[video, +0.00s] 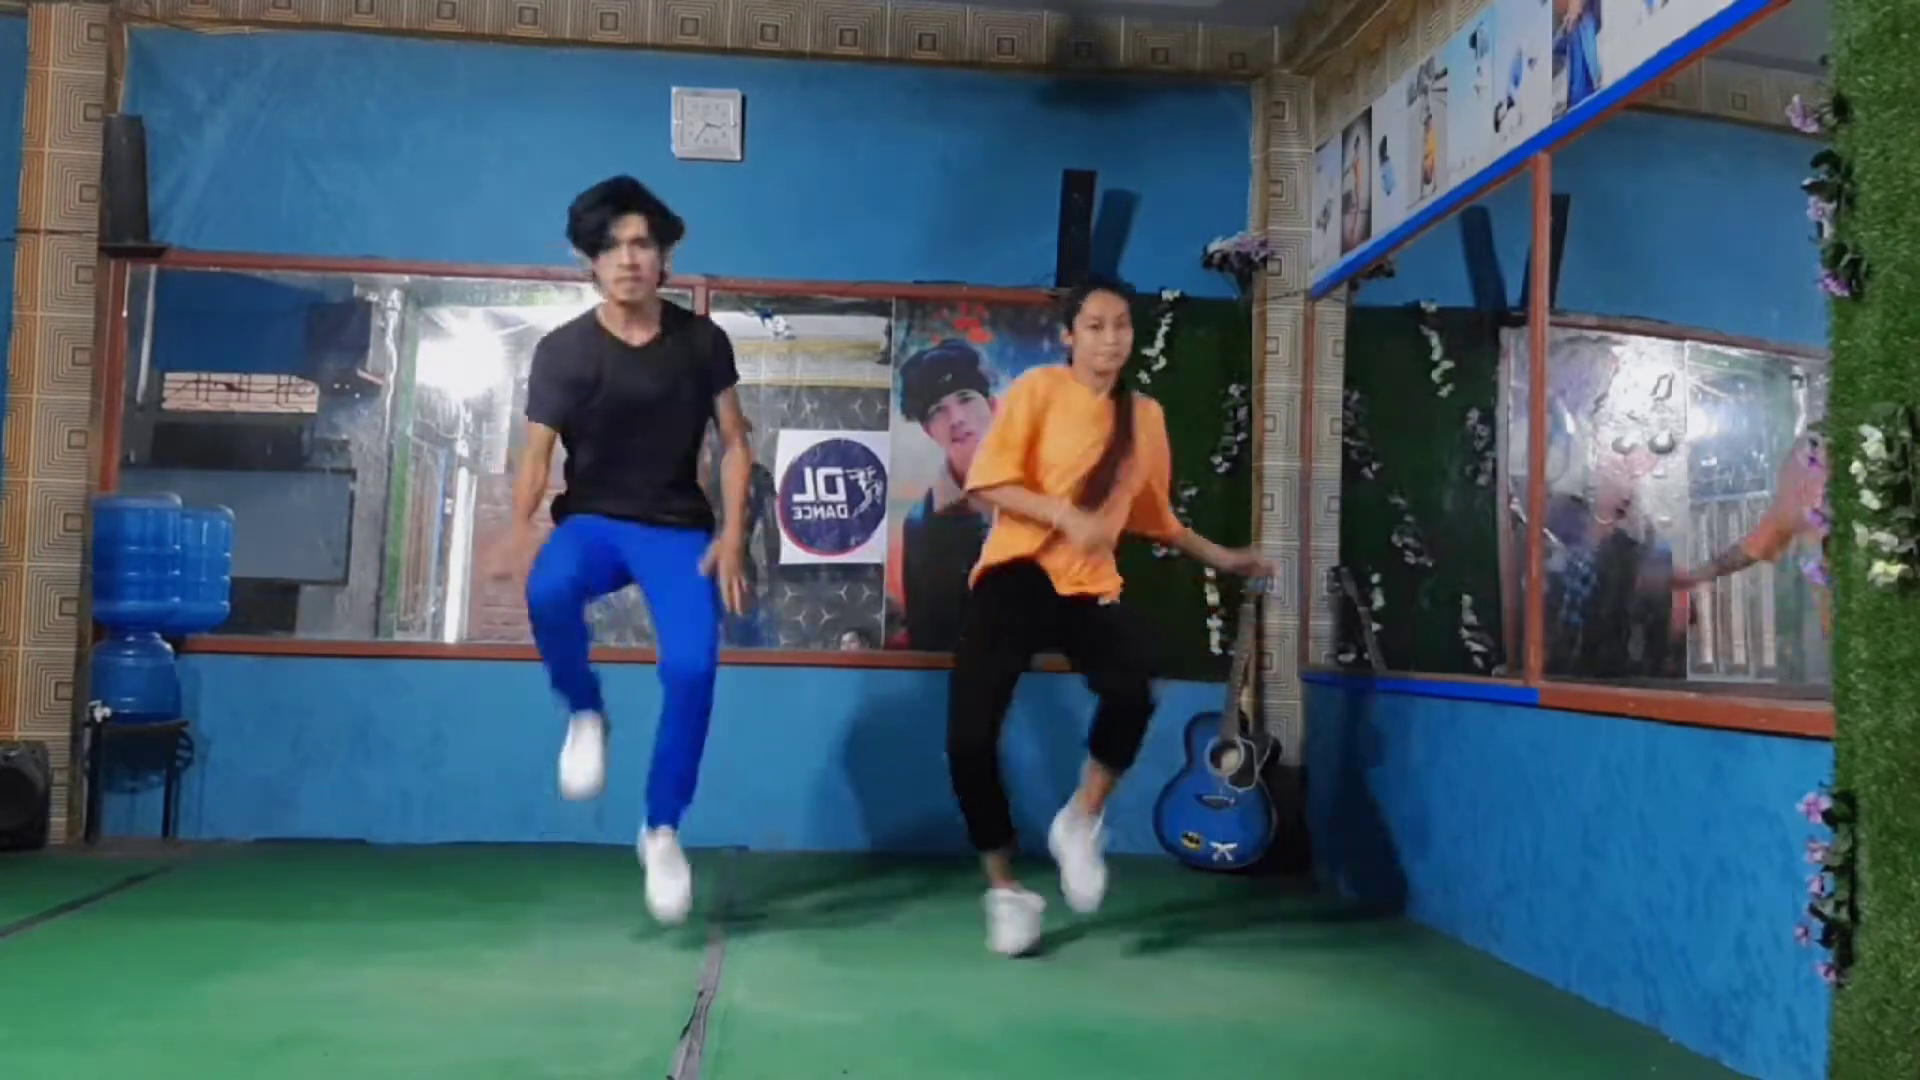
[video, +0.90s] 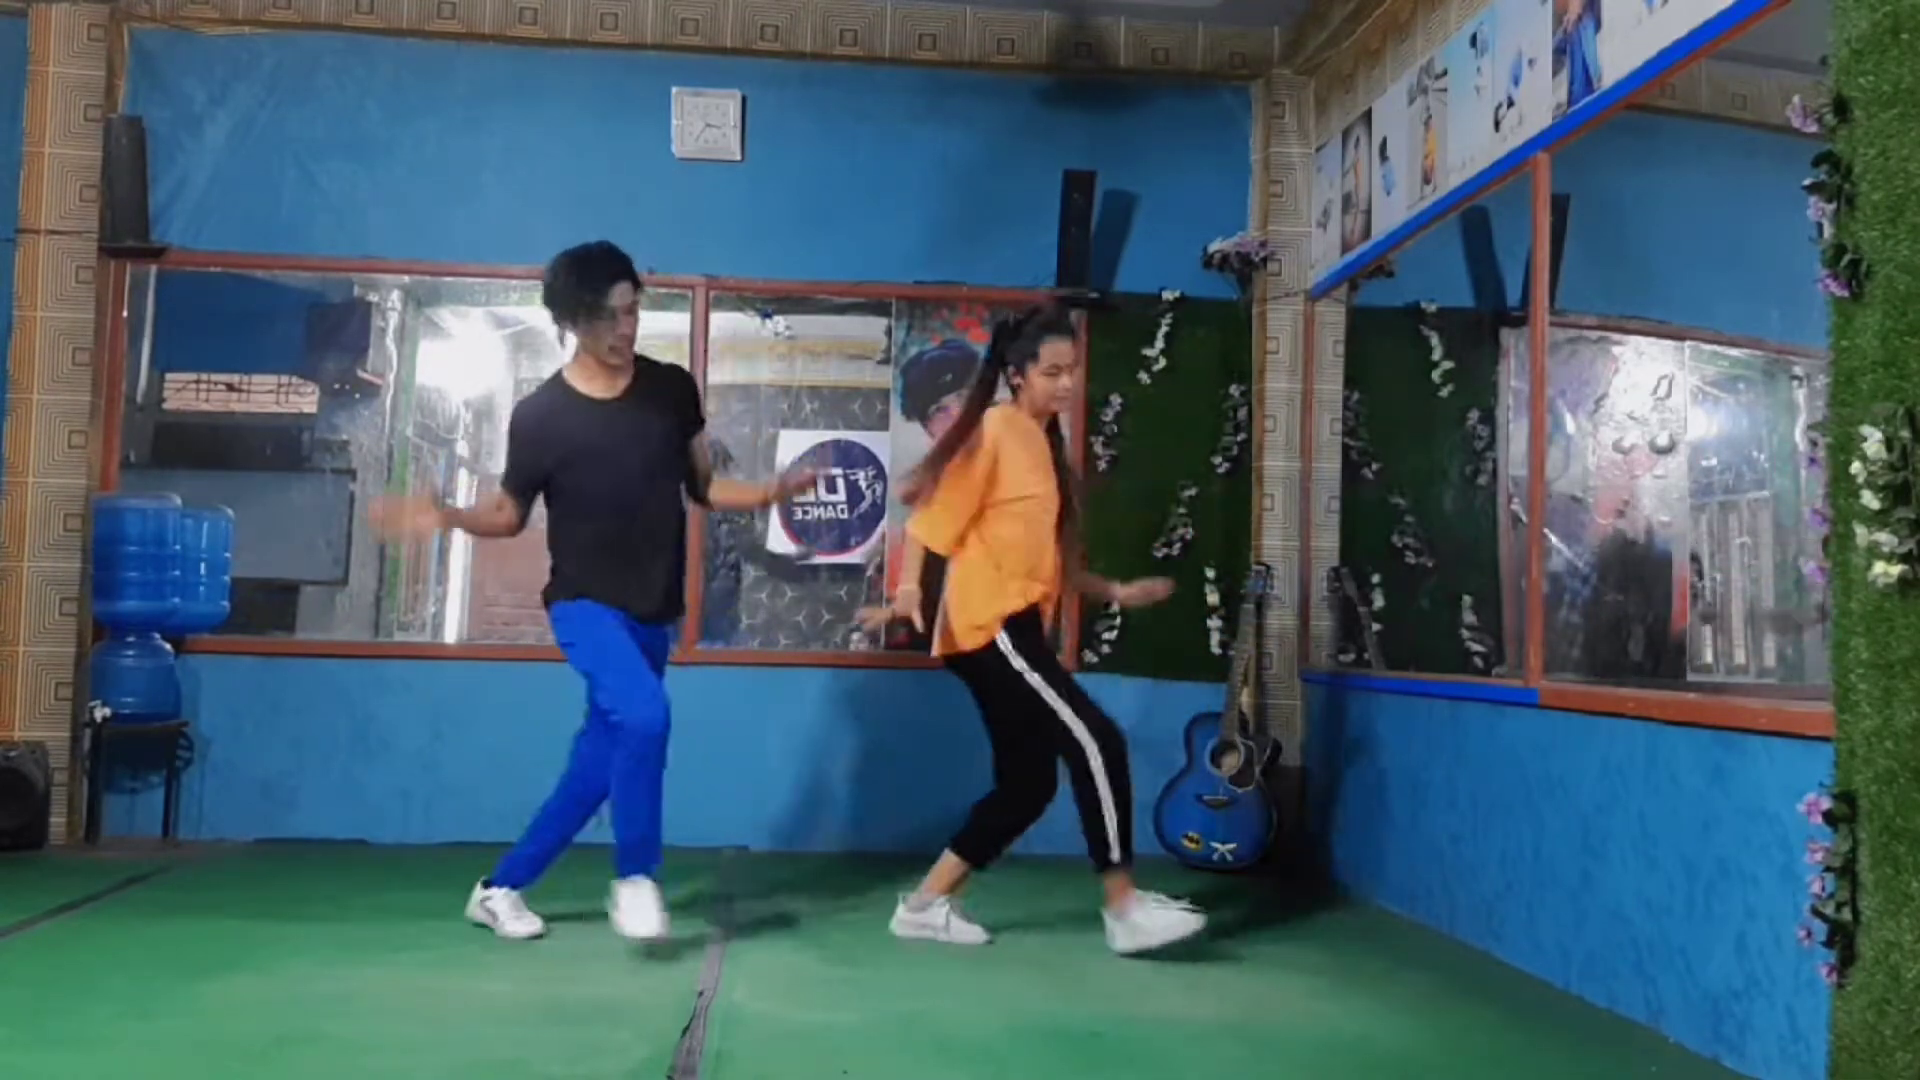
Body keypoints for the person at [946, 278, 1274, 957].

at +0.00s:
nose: (1110, 339)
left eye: (1121, 326)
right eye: (1095, 326)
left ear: (1134, 336)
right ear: (1070, 335)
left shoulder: (1145, 418)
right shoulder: (1036, 390)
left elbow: (1155, 519)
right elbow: (985, 482)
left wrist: (1225, 557)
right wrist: (1067, 516)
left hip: (1089, 587)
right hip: (1013, 578)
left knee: (1131, 691)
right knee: (969, 737)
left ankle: (1081, 823)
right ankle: (1004, 891)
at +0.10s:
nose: (1115, 349)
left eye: (1126, 335)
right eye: (1101, 336)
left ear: (1139, 343)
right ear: (1075, 343)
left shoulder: (1148, 424)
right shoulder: (1048, 398)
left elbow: (1141, 515)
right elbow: (998, 501)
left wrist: (1215, 509)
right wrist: (1023, 575)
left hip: (1085, 601)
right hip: (1010, 583)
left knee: (1072, 765)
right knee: (958, 741)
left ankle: (1046, 912)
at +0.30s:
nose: (1099, 347)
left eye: (1110, 335)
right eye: (1085, 334)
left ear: (1124, 345)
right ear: (1059, 343)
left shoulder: (1145, 421)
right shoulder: (1021, 404)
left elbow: (1173, 507)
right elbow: (966, 491)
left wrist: (1148, 537)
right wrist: (958, 496)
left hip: (1089, 588)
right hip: (1008, 573)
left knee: (1073, 761)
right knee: (990, 671)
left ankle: (1049, 912)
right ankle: (965, 823)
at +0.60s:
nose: (1090, 361)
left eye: (1097, 349)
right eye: (1079, 349)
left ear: (1101, 350)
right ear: (1041, 347)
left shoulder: (1068, 412)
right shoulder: (1014, 397)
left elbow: (1073, 520)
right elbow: (958, 491)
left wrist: (1155, 527)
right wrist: (1017, 500)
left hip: (1052, 596)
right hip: (1006, 600)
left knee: (1139, 725)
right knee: (1054, 756)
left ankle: (1059, 850)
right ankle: (994, 913)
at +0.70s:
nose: (1091, 361)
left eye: (1095, 348)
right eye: (1079, 351)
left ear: (1093, 347)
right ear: (1041, 349)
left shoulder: (1055, 406)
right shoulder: (1019, 389)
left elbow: (1059, 508)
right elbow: (936, 447)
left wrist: (1137, 504)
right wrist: (985, 471)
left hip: (1034, 585)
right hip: (1002, 589)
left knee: (1106, 722)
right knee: (1088, 724)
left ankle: (994, 825)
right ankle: (1033, 880)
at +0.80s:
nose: (1083, 371)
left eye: (1087, 359)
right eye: (1071, 361)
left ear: (1080, 360)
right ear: (1031, 363)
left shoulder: (1049, 421)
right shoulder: (1010, 411)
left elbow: (1046, 536)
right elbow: (935, 471)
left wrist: (1108, 577)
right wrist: (931, 552)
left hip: (1018, 605)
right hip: (997, 607)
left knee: (1034, 764)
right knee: (1088, 739)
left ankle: (933, 893)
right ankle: (1123, 906)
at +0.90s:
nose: (1067, 384)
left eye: (1072, 370)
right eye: (1054, 370)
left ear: (1075, 374)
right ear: (1017, 374)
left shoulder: (1042, 442)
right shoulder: (991, 431)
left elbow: (1041, 561)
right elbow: (927, 519)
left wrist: (1117, 592)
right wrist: (909, 590)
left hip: (1016, 625)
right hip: (986, 626)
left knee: (1027, 783)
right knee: (1097, 742)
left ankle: (927, 902)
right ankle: (1124, 906)